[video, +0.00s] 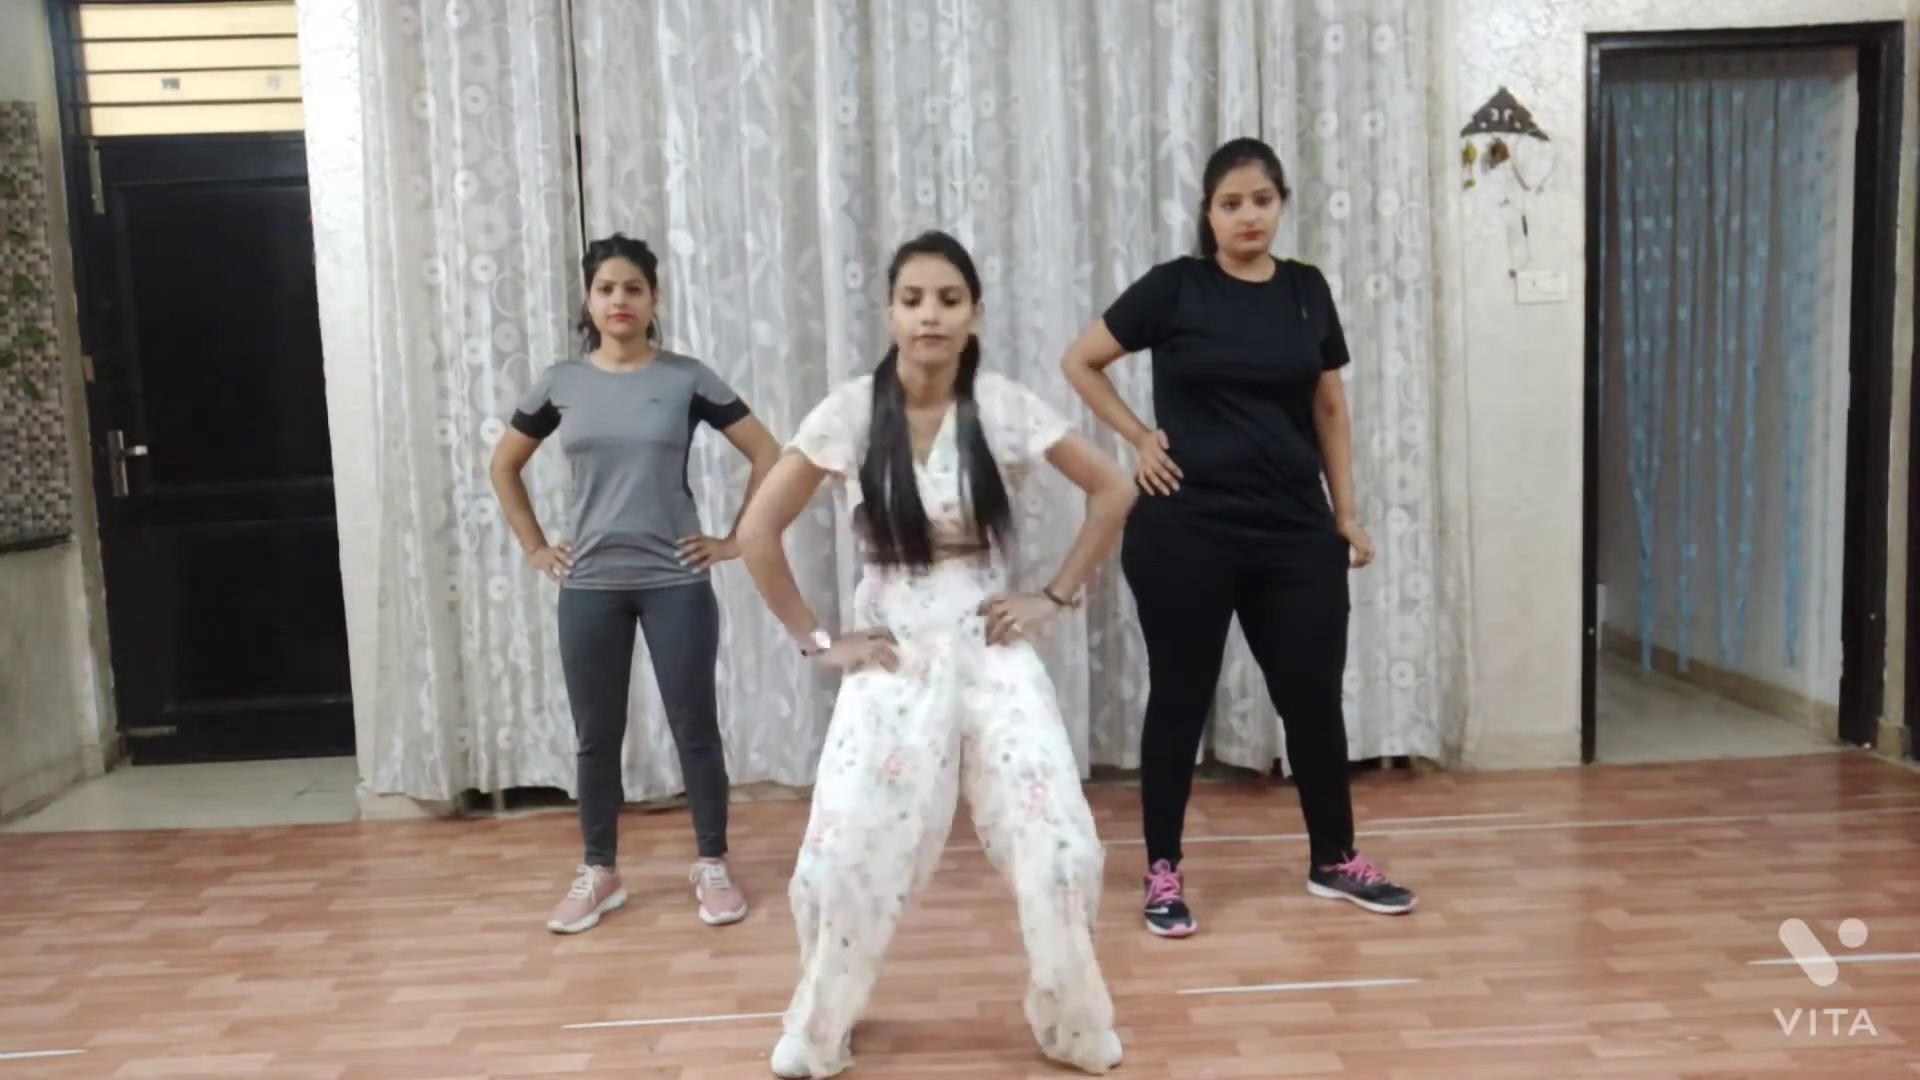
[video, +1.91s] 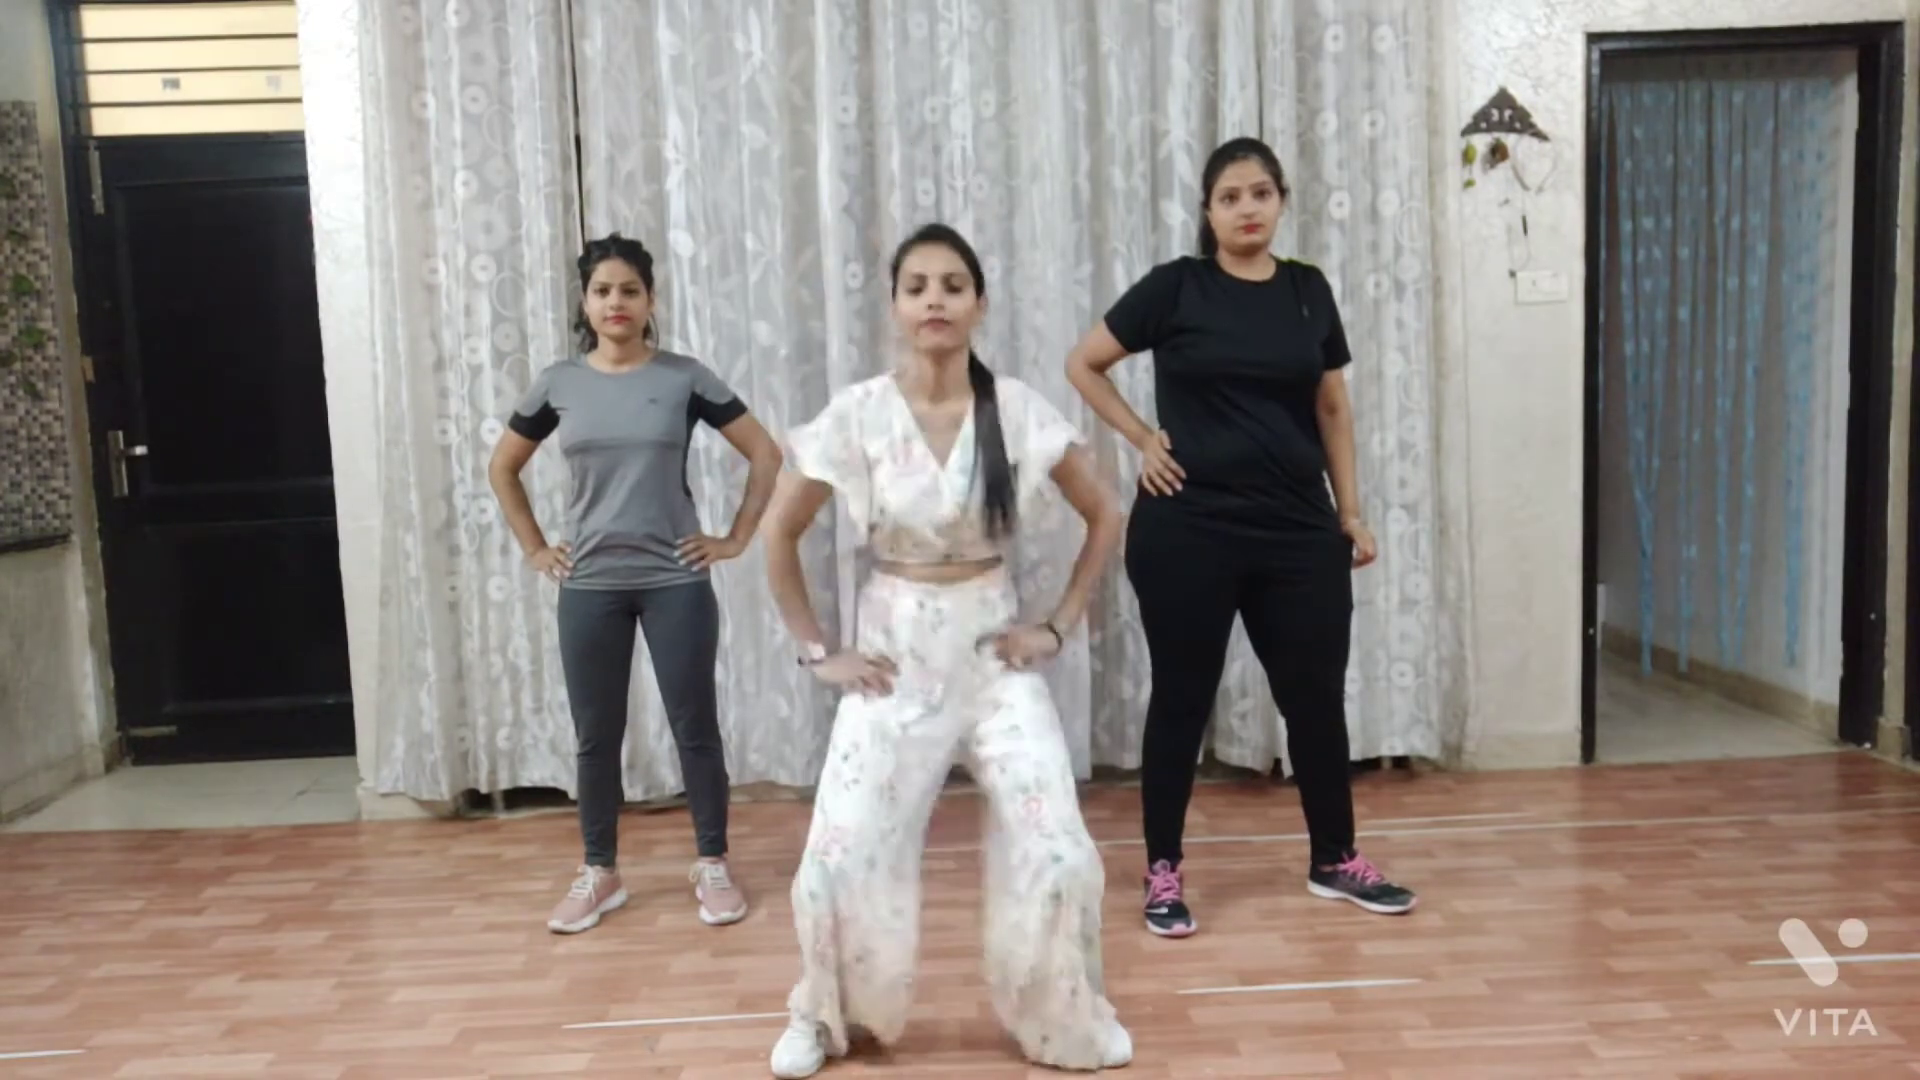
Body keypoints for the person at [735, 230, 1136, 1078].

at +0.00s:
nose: (929, 317)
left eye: (948, 301)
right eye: (912, 300)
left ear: (974, 314)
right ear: (890, 313)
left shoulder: (1004, 405)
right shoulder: (850, 413)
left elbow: (1115, 489)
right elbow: (755, 535)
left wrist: (1055, 597)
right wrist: (818, 642)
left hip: (997, 656)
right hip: (888, 664)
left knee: (1061, 846)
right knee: (838, 856)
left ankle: (1075, 1027)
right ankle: (816, 1036)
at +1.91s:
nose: (935, 302)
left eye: (952, 286)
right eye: (917, 287)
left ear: (979, 304)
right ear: (893, 306)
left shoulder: (1016, 411)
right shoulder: (854, 417)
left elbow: (1107, 516)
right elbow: (776, 535)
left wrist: (1056, 629)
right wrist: (820, 652)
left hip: (1001, 653)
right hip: (890, 657)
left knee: (1061, 849)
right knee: (836, 854)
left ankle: (1066, 1017)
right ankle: (820, 1016)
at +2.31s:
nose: (850, 253)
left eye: (869, 237)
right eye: (833, 235)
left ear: (895, 250)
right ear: (811, 247)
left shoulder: (932, 342)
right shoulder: (773, 367)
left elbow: (1050, 413)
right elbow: (724, 489)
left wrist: (1060, 522)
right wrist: (799, 580)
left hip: (989, 569)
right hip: (887, 593)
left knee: (1037, 782)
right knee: (854, 802)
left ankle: (1080, 1000)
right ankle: (827, 1021)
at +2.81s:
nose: (980, 237)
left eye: (996, 218)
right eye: (961, 222)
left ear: (1025, 230)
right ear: (938, 240)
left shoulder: (1067, 331)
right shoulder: (902, 344)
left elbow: (1138, 434)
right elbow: (802, 433)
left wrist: (1082, 543)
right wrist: (812, 553)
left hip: (1001, 597)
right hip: (900, 588)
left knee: (1043, 800)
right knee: (854, 796)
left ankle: (1084, 1007)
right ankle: (819, 1021)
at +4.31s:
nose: (916, 224)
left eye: (934, 209)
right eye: (899, 213)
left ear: (967, 228)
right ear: (877, 238)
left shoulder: (1007, 344)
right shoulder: (847, 347)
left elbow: (1053, 446)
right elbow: (763, 448)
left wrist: (1087, 523)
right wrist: (704, 520)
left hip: (971, 601)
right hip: (867, 593)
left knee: (990, 812)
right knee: (797, 791)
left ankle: (949, 1006)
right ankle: (775, 1007)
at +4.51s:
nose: (927, 230)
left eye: (944, 215)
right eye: (908, 219)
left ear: (975, 236)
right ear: (887, 244)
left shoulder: (1021, 342)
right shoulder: (856, 349)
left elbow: (1120, 424)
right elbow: (738, 428)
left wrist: (1198, 494)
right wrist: (632, 491)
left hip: (975, 608)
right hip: (879, 600)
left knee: (991, 822)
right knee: (785, 798)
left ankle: (926, 1003)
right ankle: (662, 1013)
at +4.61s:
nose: (929, 235)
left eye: (947, 222)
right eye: (910, 224)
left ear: (977, 248)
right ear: (885, 253)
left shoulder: (1023, 351)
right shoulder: (853, 354)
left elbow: (1145, 410)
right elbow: (726, 420)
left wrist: (1258, 458)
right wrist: (603, 468)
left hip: (969, 621)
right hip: (869, 613)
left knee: (981, 826)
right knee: (774, 805)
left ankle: (947, 1025)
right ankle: (643, 1017)